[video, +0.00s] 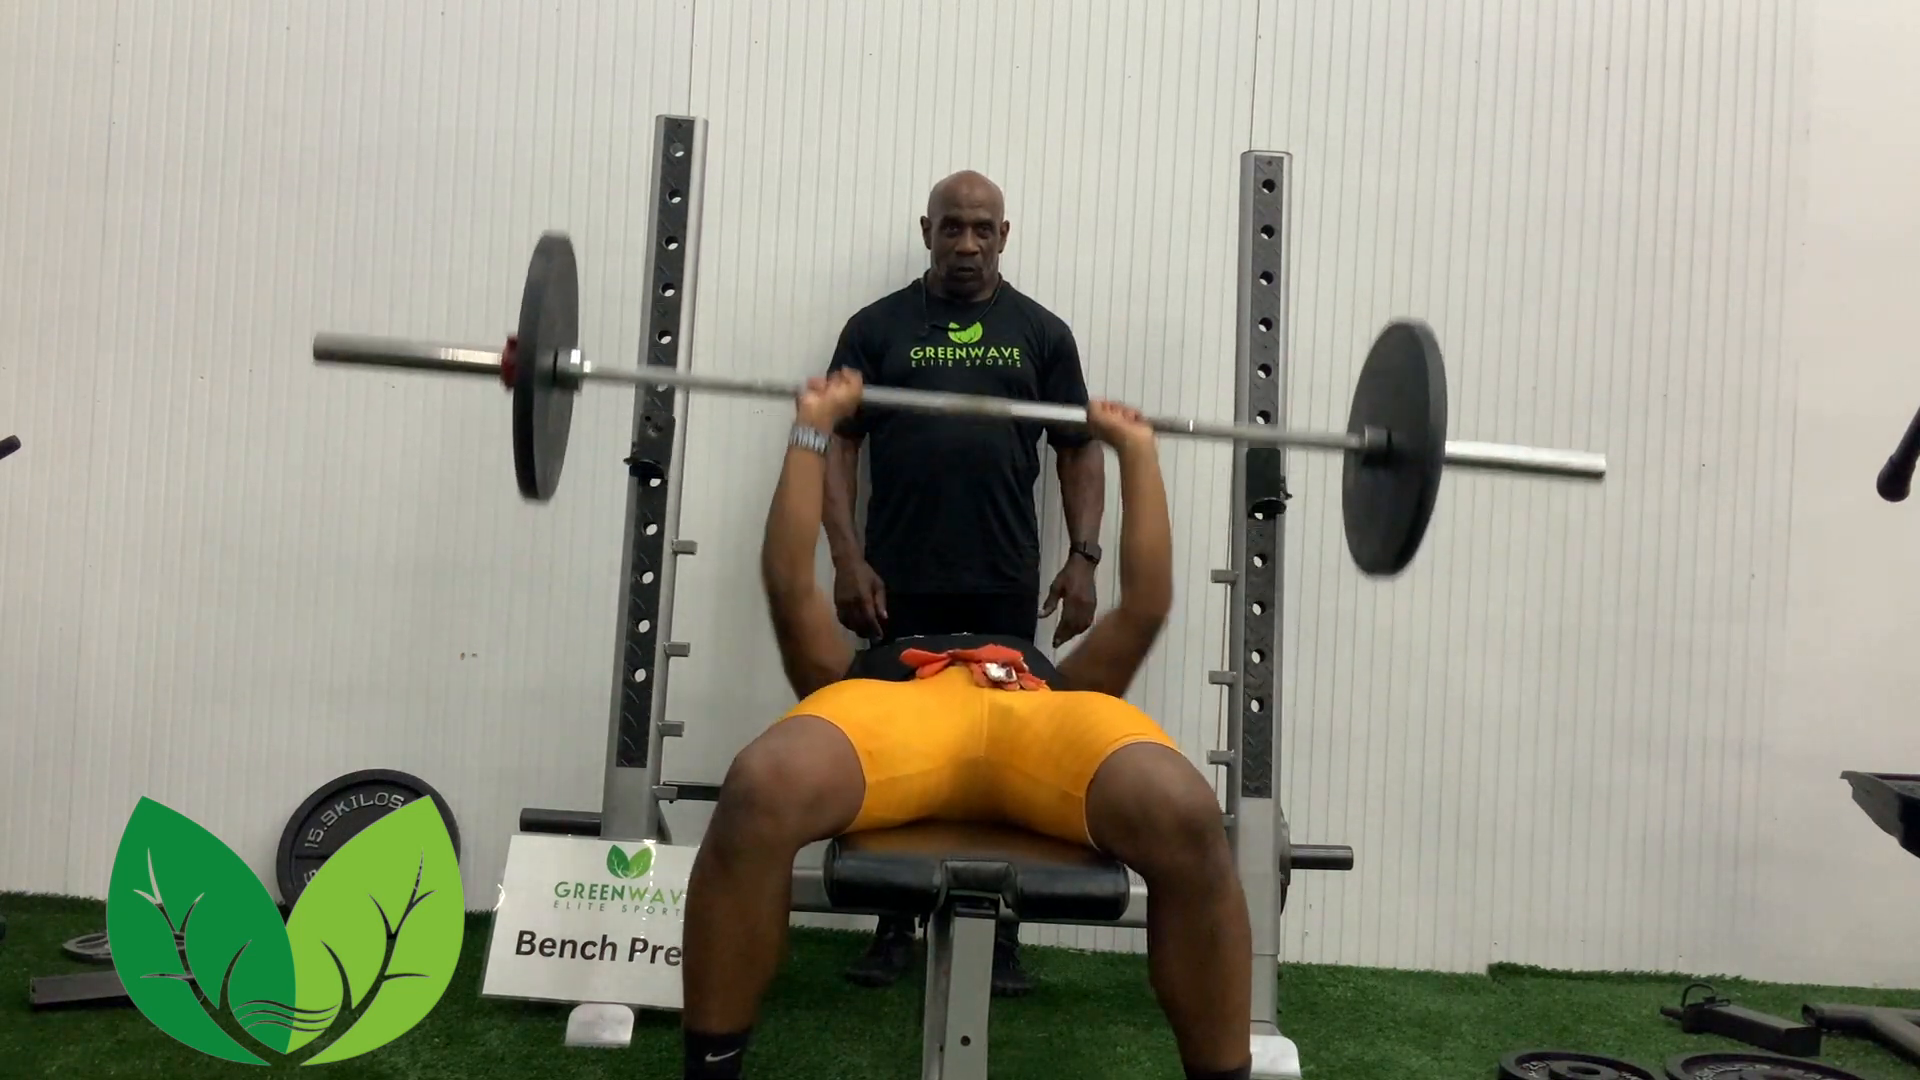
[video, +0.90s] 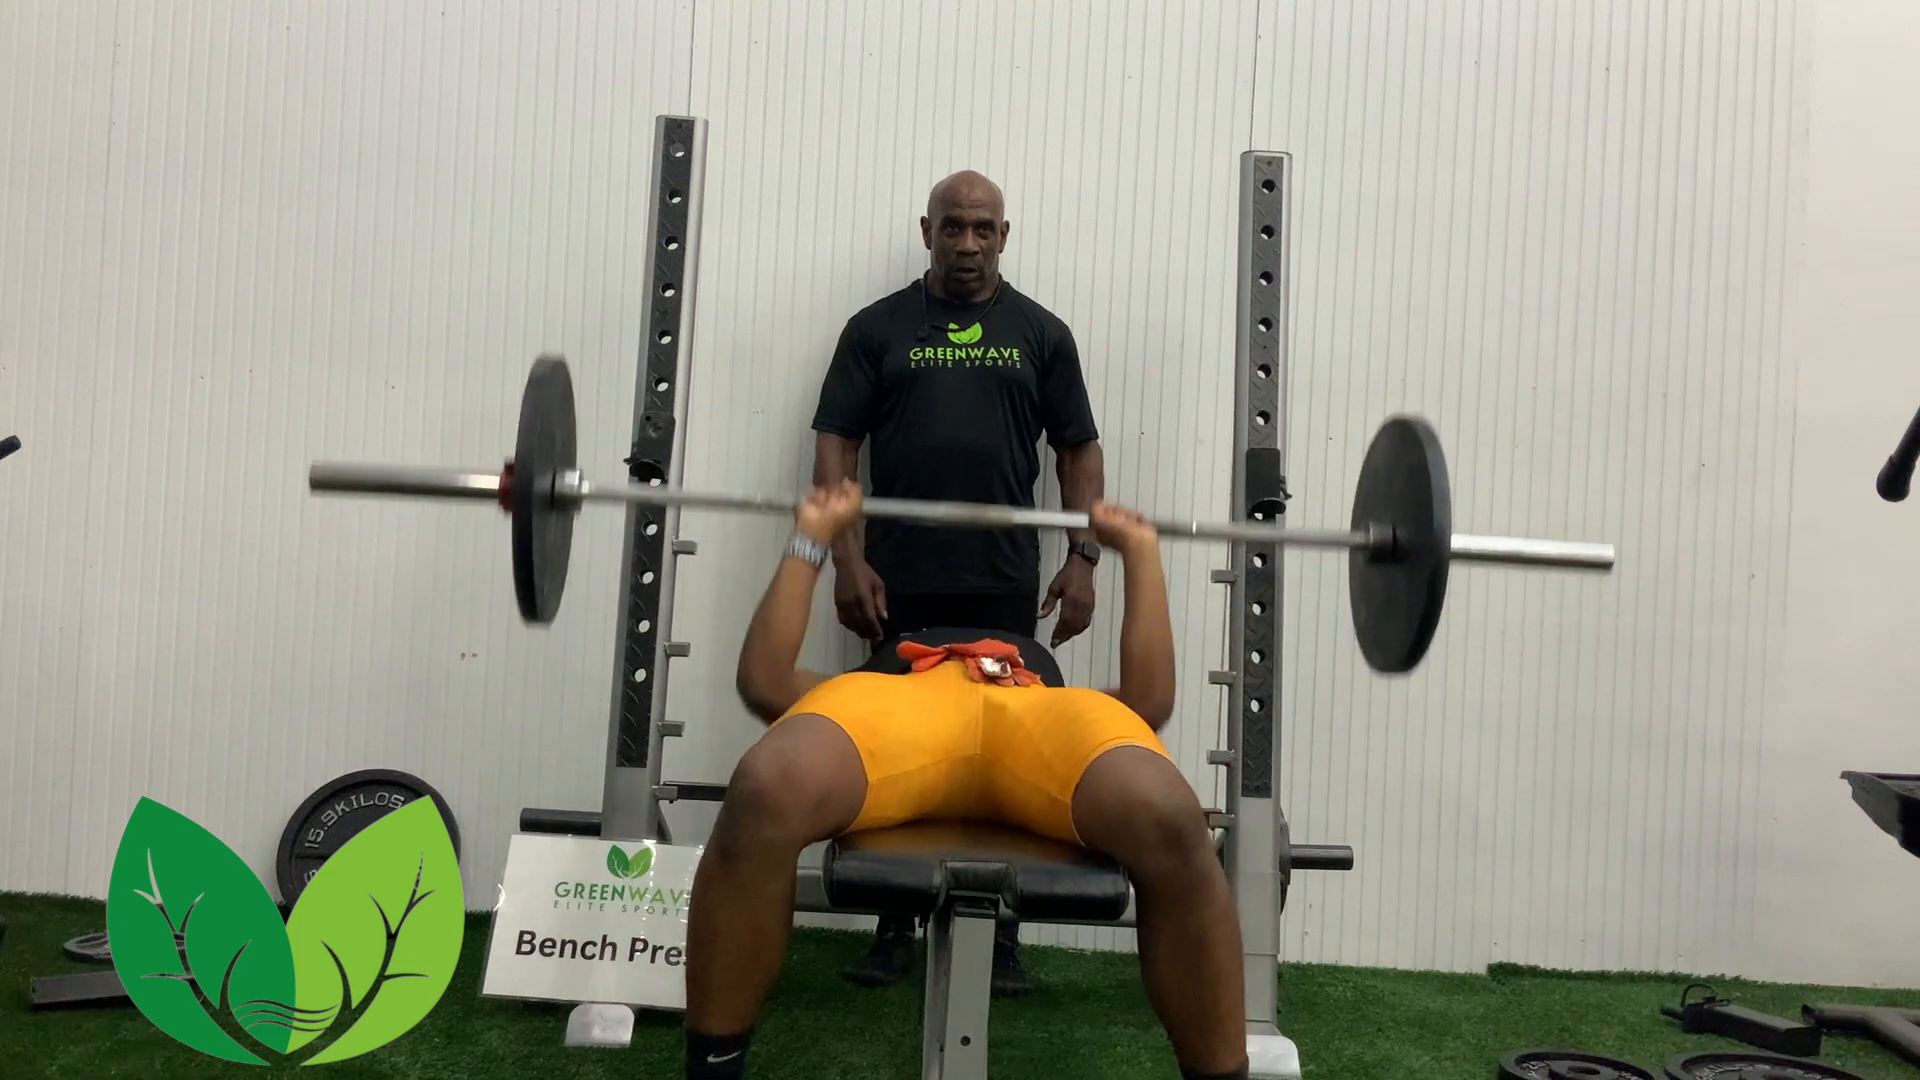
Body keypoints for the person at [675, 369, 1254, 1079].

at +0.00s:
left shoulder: (1063, 689)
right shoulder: (854, 681)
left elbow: (1143, 607)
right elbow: (790, 577)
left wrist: (1138, 447)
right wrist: (810, 430)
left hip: (1044, 707)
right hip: (891, 696)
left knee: (1189, 819)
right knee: (758, 789)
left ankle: (1223, 1072)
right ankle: (712, 1065)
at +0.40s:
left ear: (1029, 677)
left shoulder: (1057, 685)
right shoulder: (877, 670)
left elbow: (1153, 661)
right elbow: (785, 642)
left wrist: (1145, 512)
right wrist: (819, 508)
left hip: (1048, 712)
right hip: (892, 702)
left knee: (1179, 822)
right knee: (754, 786)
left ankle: (1224, 1073)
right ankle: (713, 1066)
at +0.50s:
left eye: (1009, 666)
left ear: (1037, 684)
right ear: (918, 654)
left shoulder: (1055, 691)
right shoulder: (884, 681)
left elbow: (1145, 734)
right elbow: (780, 733)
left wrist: (1139, 600)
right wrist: (811, 595)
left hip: (1047, 712)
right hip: (890, 700)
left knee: (1181, 820)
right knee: (757, 786)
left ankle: (1225, 1072)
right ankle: (712, 1064)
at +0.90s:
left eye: (1003, 655)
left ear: (1020, 664)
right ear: (922, 659)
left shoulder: (1052, 686)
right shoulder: (876, 677)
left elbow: (1150, 702)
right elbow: (764, 682)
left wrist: (1142, 550)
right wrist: (810, 544)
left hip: (1042, 704)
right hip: (896, 695)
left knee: (1177, 829)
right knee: (759, 796)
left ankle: (1223, 1070)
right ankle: (713, 1065)